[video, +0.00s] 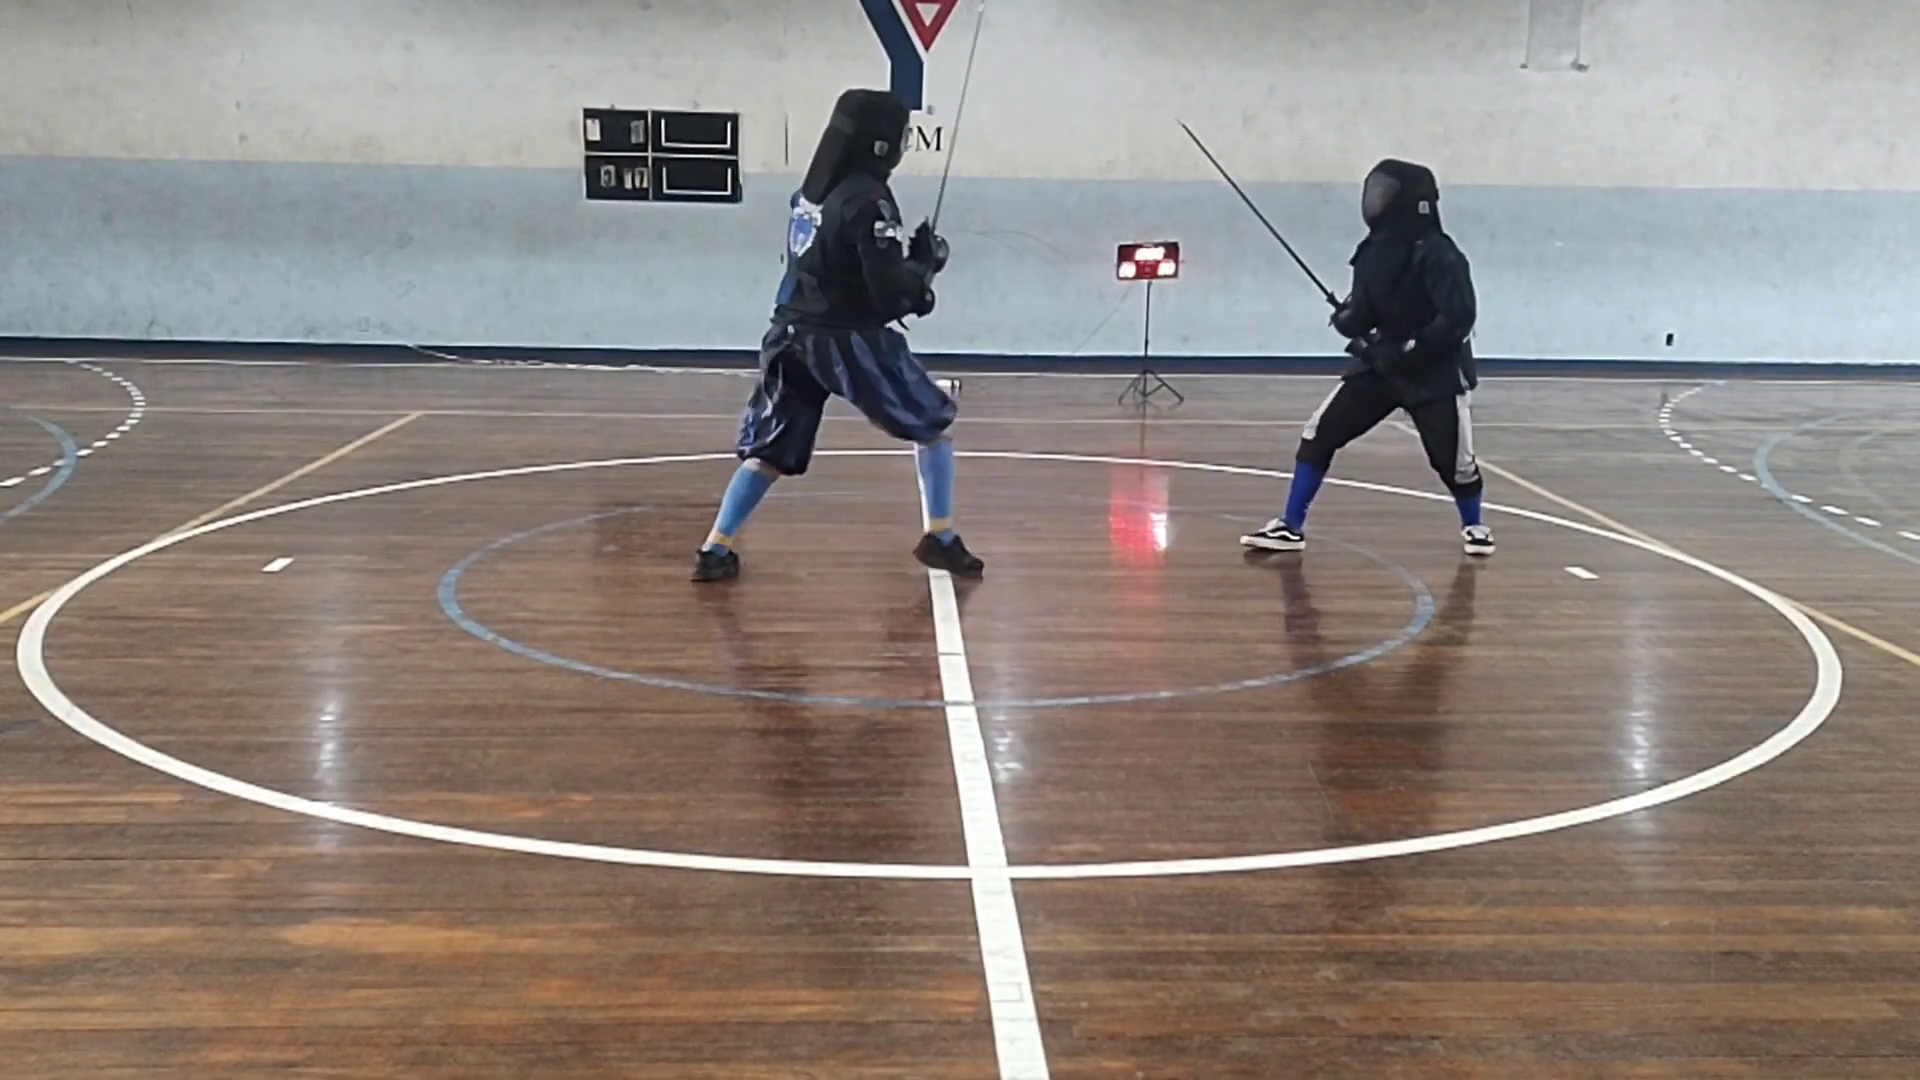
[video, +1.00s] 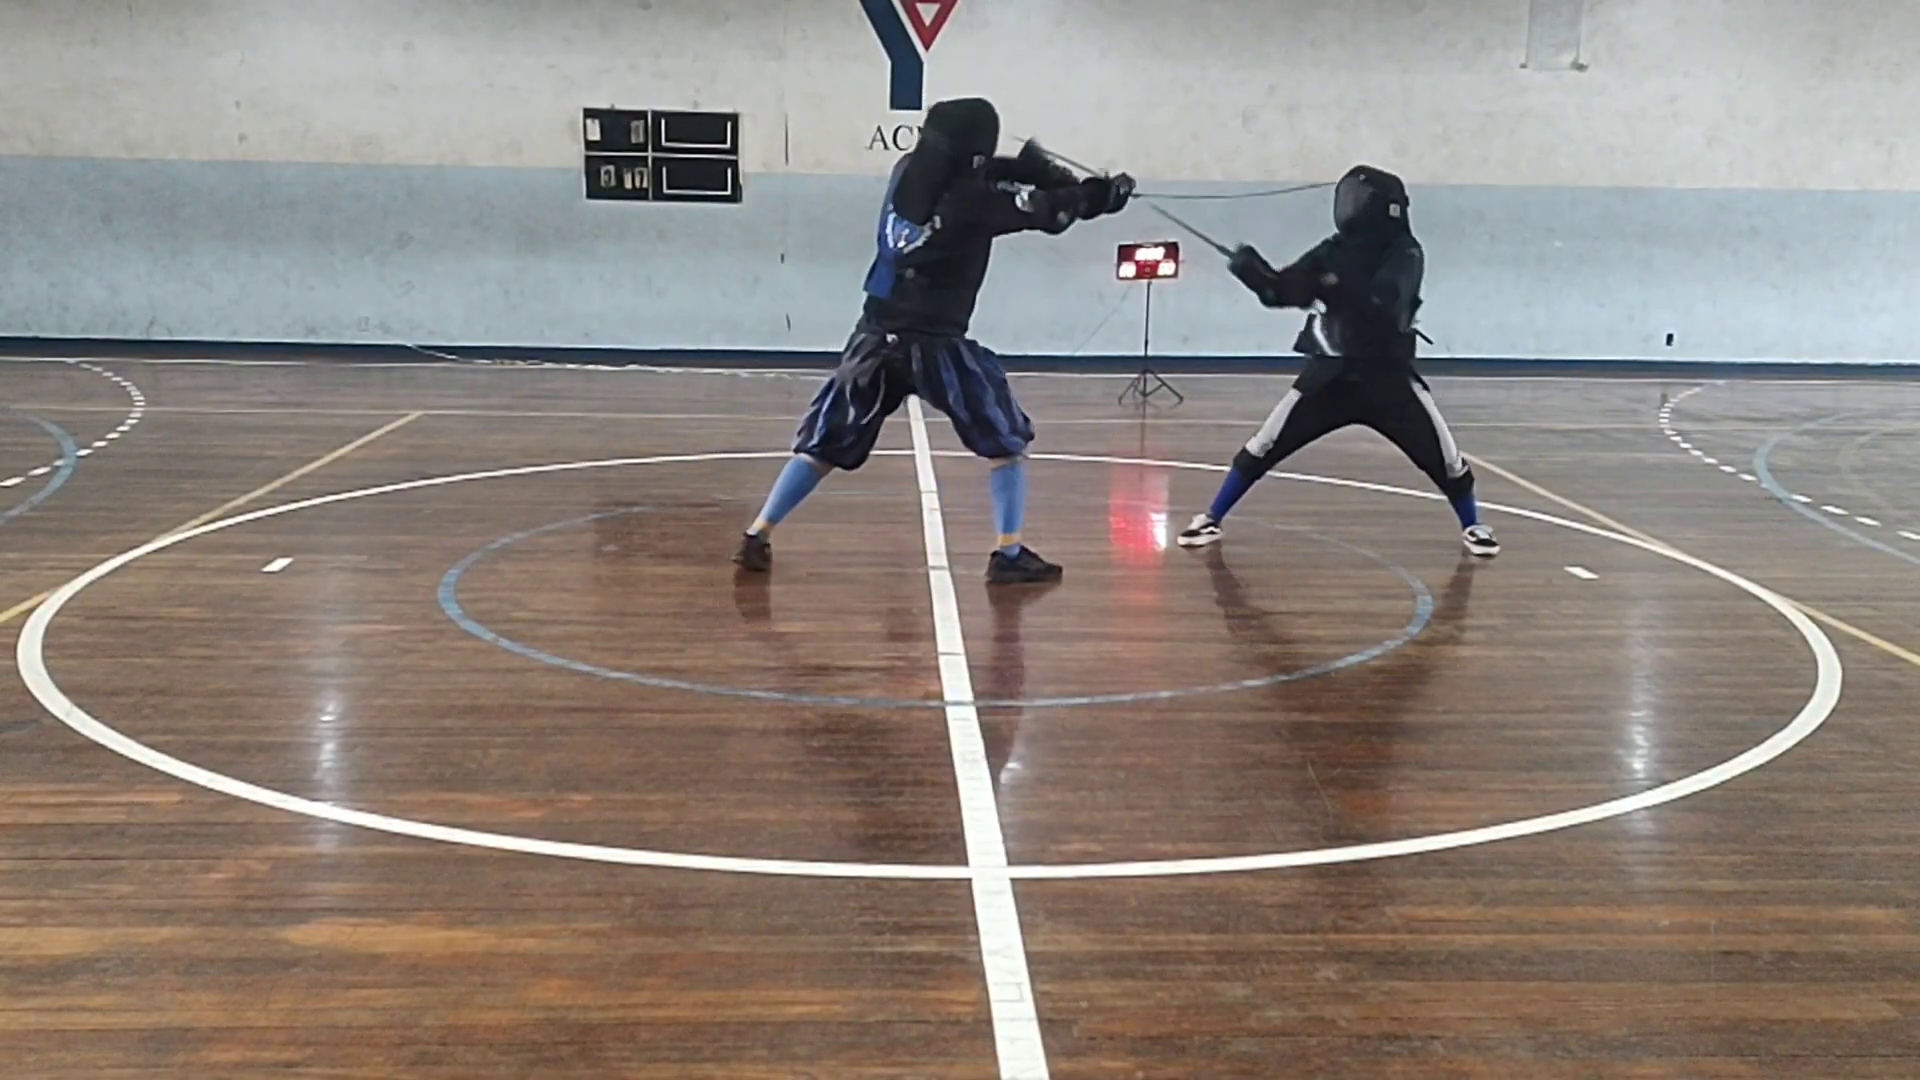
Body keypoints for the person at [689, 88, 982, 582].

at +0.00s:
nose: (901, 148)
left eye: (901, 138)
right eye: (898, 139)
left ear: (846, 136)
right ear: (880, 144)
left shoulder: (812, 187)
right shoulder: (869, 201)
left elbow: (828, 269)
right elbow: (892, 285)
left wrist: (904, 270)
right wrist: (925, 264)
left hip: (792, 333)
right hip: (853, 338)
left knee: (772, 445)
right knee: (932, 423)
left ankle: (716, 547)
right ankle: (940, 535)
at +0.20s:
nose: (933, 154)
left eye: (932, 145)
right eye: (931, 146)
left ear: (875, 141)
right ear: (919, 151)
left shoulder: (847, 194)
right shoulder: (918, 208)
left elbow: (890, 274)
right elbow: (968, 286)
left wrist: (961, 282)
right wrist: (1000, 262)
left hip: (828, 333)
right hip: (893, 341)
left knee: (785, 443)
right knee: (957, 443)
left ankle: (716, 540)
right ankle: (1002, 551)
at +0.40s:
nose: (957, 155)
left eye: (954, 145)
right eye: (954, 146)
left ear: (897, 142)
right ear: (943, 152)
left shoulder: (873, 187)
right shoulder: (944, 208)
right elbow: (1018, 262)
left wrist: (1020, 238)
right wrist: (1054, 236)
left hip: (849, 335)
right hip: (915, 342)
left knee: (802, 444)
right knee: (984, 438)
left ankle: (728, 533)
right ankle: (1006, 549)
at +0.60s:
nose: (962, 152)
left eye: (958, 143)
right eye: (959, 143)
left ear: (905, 142)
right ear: (948, 151)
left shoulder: (879, 186)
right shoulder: (948, 206)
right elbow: (1025, 252)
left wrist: (983, 222)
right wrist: (1063, 227)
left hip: (855, 336)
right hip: (920, 343)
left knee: (808, 443)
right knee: (991, 435)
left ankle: (732, 531)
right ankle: (1008, 550)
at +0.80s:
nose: (973, 155)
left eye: (970, 145)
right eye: (970, 146)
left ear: (916, 142)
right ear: (959, 152)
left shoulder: (888, 184)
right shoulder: (958, 203)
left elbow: (963, 208)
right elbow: (1038, 236)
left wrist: (1014, 207)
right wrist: (1078, 213)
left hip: (864, 336)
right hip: (927, 343)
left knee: (816, 440)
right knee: (997, 437)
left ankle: (742, 530)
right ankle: (1008, 552)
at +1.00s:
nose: (987, 147)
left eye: (988, 141)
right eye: (984, 139)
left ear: (935, 137)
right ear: (972, 148)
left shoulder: (905, 172)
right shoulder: (974, 199)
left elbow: (967, 173)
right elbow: (1046, 212)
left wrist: (1014, 166)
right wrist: (1096, 196)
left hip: (875, 335)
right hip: (938, 341)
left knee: (828, 437)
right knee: (1005, 435)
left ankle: (757, 533)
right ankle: (1010, 552)